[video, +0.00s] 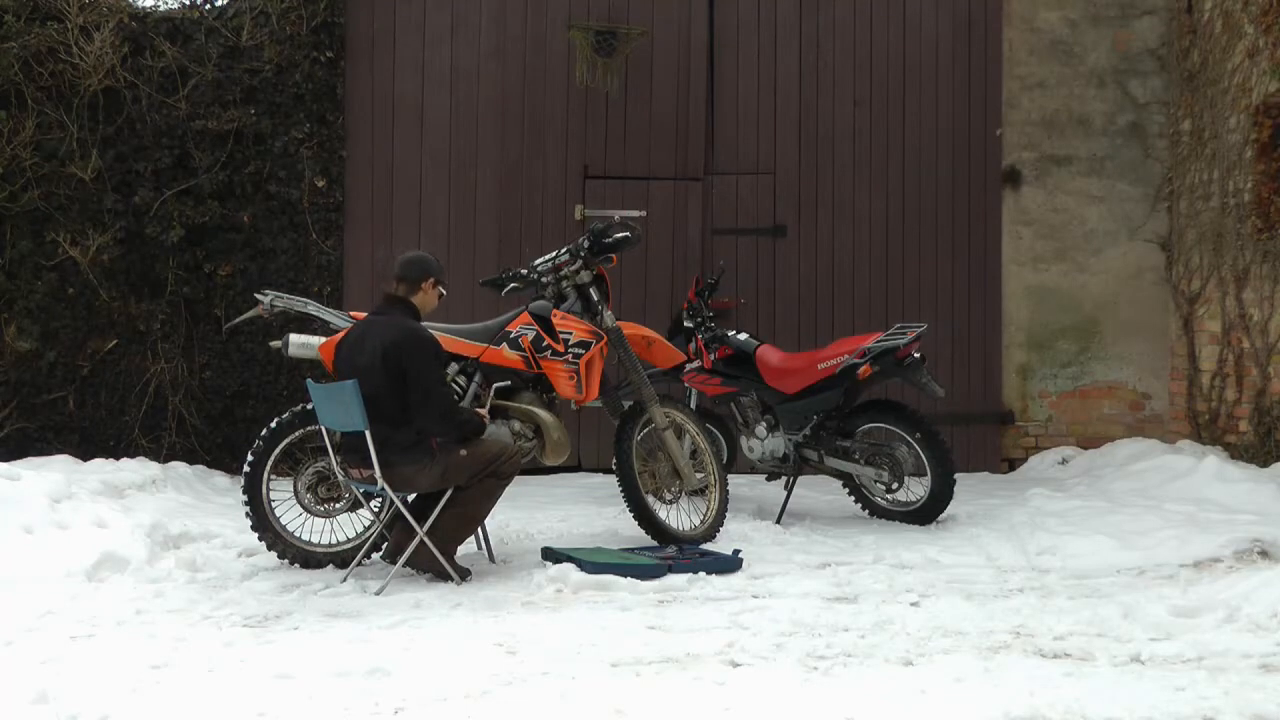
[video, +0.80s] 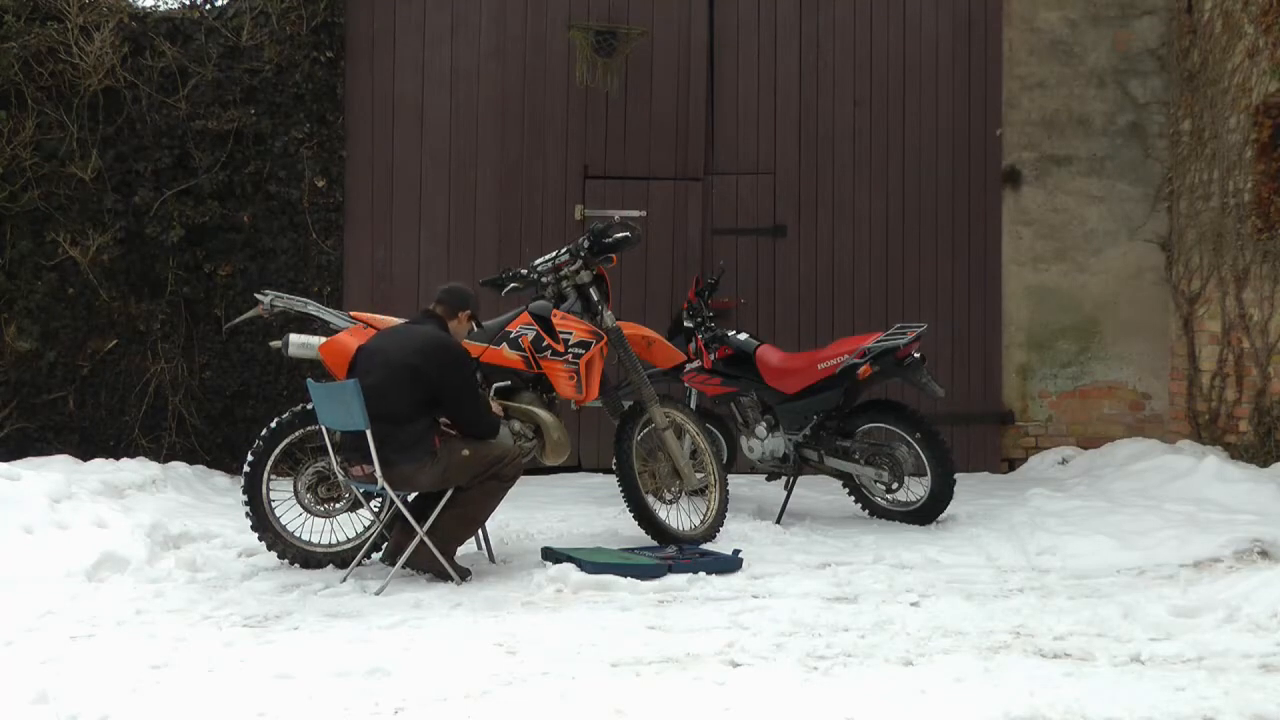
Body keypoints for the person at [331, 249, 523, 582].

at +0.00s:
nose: (439, 299)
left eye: (440, 291)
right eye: (439, 290)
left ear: (398, 284)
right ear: (425, 286)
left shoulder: (357, 333)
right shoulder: (417, 340)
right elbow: (439, 418)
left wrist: (454, 415)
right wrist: (477, 422)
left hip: (364, 457)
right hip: (403, 465)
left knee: (465, 449)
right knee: (507, 452)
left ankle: (404, 541)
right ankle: (435, 549)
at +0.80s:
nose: (468, 332)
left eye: (470, 325)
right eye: (470, 324)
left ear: (434, 308)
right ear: (461, 317)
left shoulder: (386, 335)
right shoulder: (447, 351)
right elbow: (481, 428)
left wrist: (438, 418)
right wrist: (493, 414)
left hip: (357, 457)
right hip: (401, 465)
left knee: (456, 451)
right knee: (508, 460)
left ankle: (402, 543)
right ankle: (434, 550)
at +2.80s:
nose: (480, 335)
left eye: (482, 328)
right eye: (481, 327)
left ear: (443, 313)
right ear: (470, 322)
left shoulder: (395, 337)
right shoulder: (456, 354)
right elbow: (475, 426)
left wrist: (440, 425)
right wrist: (501, 432)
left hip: (357, 455)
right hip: (400, 462)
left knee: (462, 454)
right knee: (507, 462)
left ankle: (402, 543)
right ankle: (435, 552)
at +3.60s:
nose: (492, 345)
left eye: (495, 339)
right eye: (494, 337)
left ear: (459, 317)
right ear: (484, 329)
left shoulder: (405, 337)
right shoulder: (461, 356)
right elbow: (494, 428)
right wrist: (514, 417)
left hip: (358, 454)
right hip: (401, 461)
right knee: (509, 463)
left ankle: (402, 543)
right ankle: (435, 551)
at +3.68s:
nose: (492, 345)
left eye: (495, 339)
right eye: (494, 337)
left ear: (459, 317)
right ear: (484, 329)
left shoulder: (406, 337)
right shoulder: (462, 357)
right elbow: (495, 431)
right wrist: (514, 420)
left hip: (358, 454)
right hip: (401, 461)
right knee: (508, 464)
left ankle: (402, 543)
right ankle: (435, 551)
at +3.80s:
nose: (492, 345)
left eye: (495, 339)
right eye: (494, 338)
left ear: (459, 317)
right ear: (484, 329)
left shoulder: (405, 337)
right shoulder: (461, 357)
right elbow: (493, 429)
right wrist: (514, 420)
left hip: (357, 456)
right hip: (401, 461)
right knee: (508, 464)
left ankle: (402, 543)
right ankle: (435, 551)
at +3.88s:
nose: (492, 345)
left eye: (495, 339)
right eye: (493, 337)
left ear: (459, 317)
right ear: (483, 329)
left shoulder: (404, 337)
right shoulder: (461, 357)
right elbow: (486, 424)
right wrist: (516, 421)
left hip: (357, 456)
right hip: (400, 461)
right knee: (508, 464)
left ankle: (402, 543)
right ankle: (435, 550)